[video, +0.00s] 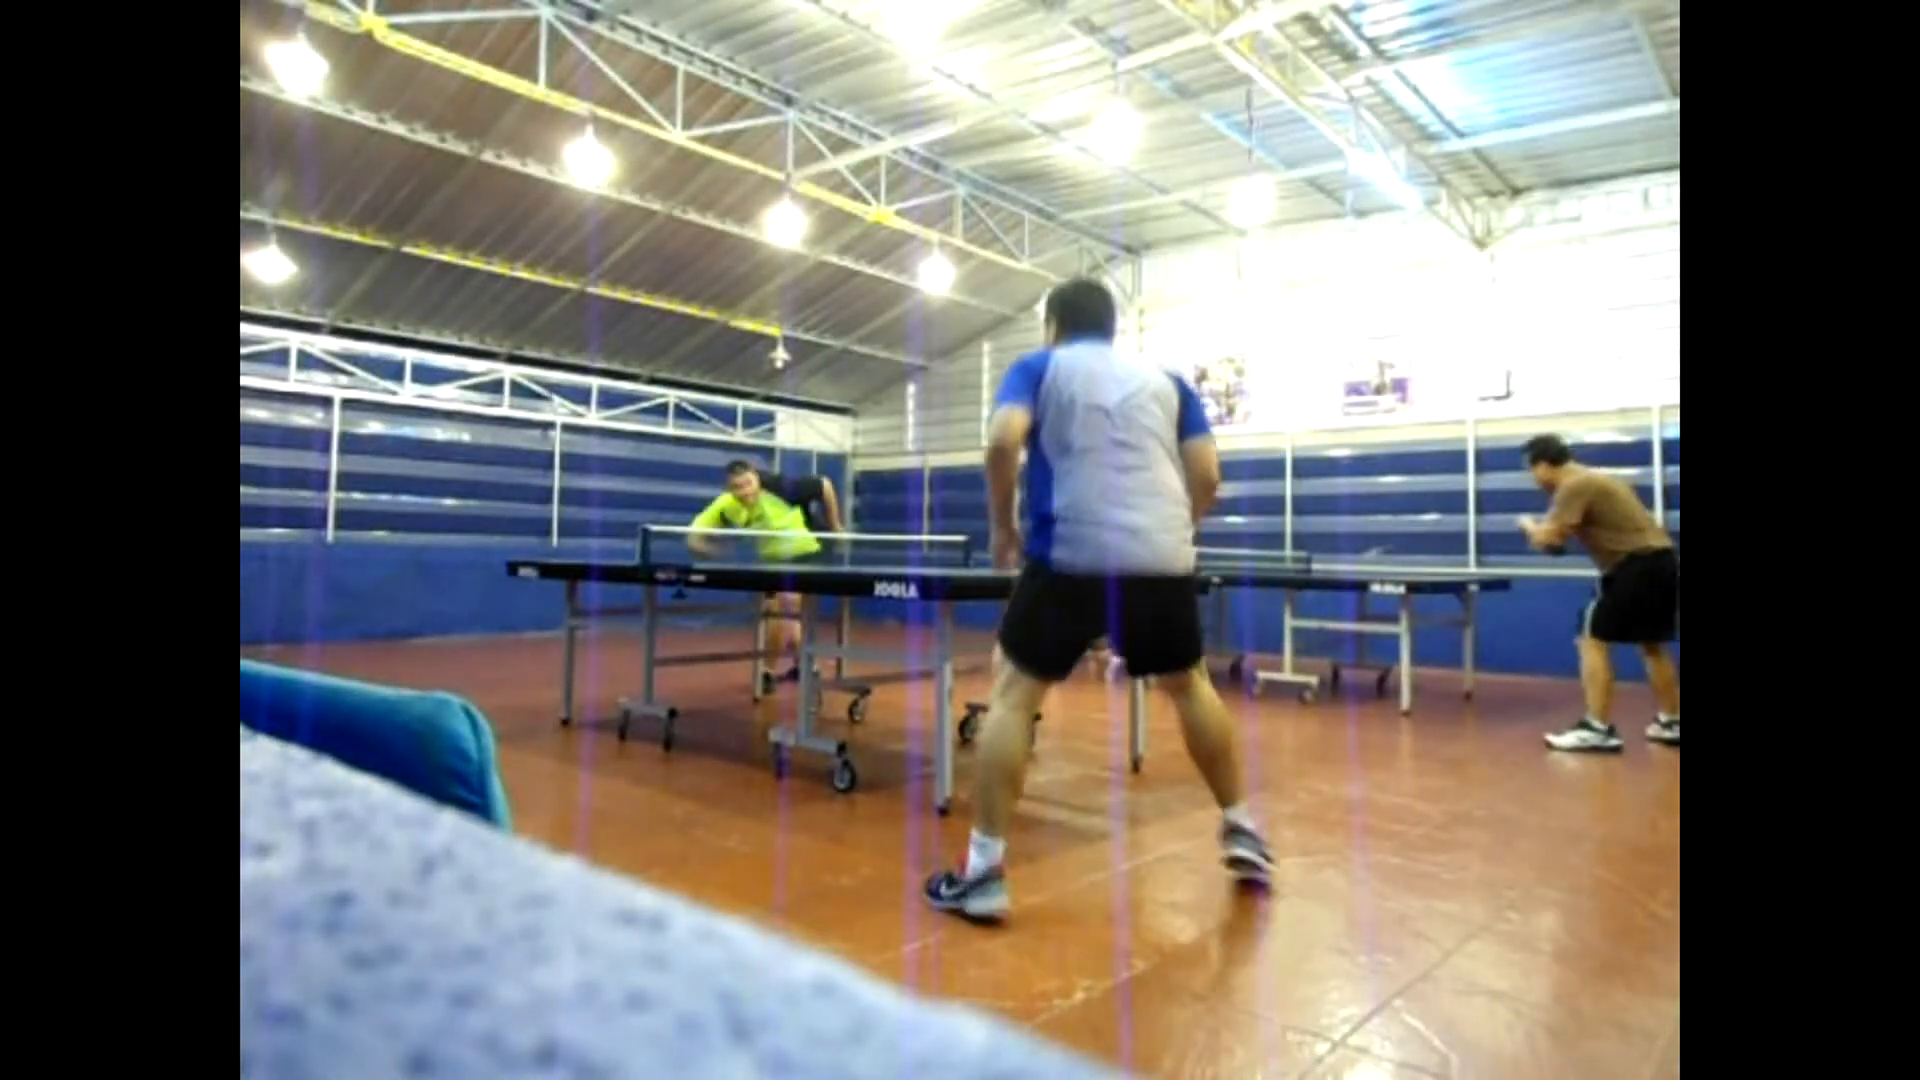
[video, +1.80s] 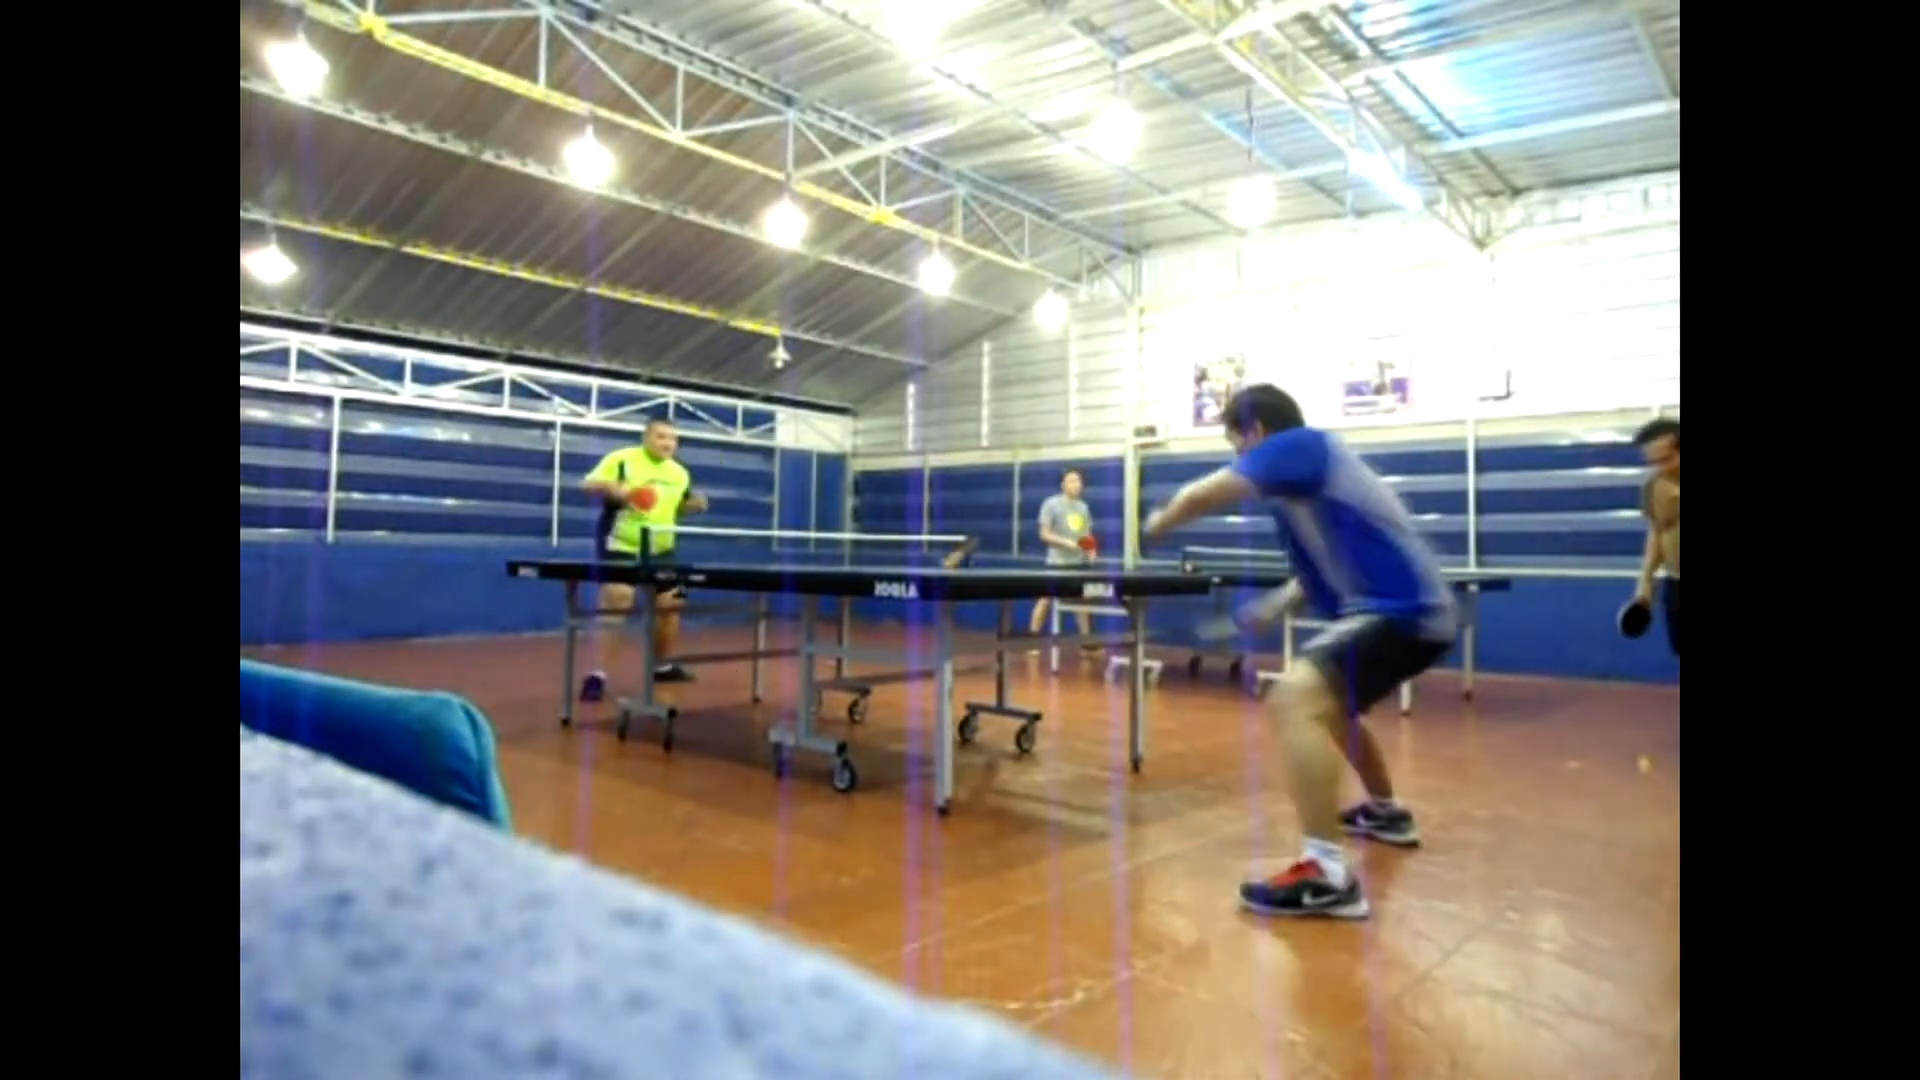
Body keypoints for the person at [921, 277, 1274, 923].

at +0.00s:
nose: (1044, 336)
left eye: (1045, 327)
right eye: (1048, 328)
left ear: (1053, 327)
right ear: (1114, 329)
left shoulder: (1037, 369)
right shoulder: (1169, 384)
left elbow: (1004, 439)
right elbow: (1207, 481)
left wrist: (1003, 528)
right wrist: (1167, 532)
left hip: (1070, 564)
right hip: (1164, 566)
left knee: (1014, 701)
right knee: (1190, 686)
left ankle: (982, 868)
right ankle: (1238, 822)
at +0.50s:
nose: (1140, 365)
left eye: (1143, 357)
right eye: (1144, 357)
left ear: (1152, 358)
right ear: (1202, 361)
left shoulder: (1132, 404)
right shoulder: (1235, 425)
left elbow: (1079, 454)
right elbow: (1246, 501)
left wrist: (1022, 472)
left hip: (1144, 590)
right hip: (1219, 597)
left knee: (1081, 698)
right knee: (1235, 707)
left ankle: (1055, 849)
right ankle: (1268, 837)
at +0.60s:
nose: (1143, 357)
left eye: (1146, 349)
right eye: (1146, 350)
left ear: (1157, 348)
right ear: (1202, 351)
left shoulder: (1158, 378)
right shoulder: (1231, 407)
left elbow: (1108, 410)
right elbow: (1222, 481)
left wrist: (1014, 422)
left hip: (1171, 563)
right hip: (1236, 567)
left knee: (1104, 670)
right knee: (1221, 679)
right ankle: (1267, 790)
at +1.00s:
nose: (1151, 451)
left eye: (1153, 444)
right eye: (1151, 446)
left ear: (1166, 438)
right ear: (1198, 435)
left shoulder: (1190, 446)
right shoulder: (1207, 473)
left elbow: (1187, 474)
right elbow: (1166, 529)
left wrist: (1128, 488)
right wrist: (1109, 522)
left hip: (1238, 591)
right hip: (1271, 594)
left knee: (1167, 695)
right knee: (1215, 679)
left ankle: (1221, 811)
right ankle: (1206, 772)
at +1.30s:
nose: (1183, 428)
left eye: (1187, 417)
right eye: (1185, 417)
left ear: (1204, 416)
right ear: (1233, 414)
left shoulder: (1228, 443)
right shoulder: (1262, 456)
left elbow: (1215, 482)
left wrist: (1133, 519)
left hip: (1257, 601)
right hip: (1286, 604)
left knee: (1206, 710)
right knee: (1219, 678)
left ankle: (1296, 833)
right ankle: (1220, 766)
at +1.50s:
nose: (1216, 386)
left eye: (1220, 376)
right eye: (1217, 376)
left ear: (1240, 371)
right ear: (1269, 372)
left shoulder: (1254, 399)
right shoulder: (1297, 415)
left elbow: (1248, 448)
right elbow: (1320, 493)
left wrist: (1163, 509)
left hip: (1290, 567)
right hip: (1333, 570)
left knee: (1220, 680)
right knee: (1292, 675)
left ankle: (1296, 827)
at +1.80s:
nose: (1235, 451)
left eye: (1237, 437)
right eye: (1233, 440)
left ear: (1259, 428)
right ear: (1275, 426)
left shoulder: (1299, 449)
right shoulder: (1307, 472)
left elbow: (1204, 494)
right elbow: (1324, 568)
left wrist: (1161, 523)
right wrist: (1272, 607)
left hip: (1405, 616)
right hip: (1397, 616)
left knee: (1293, 698)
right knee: (1328, 701)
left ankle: (1327, 871)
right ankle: (1385, 808)